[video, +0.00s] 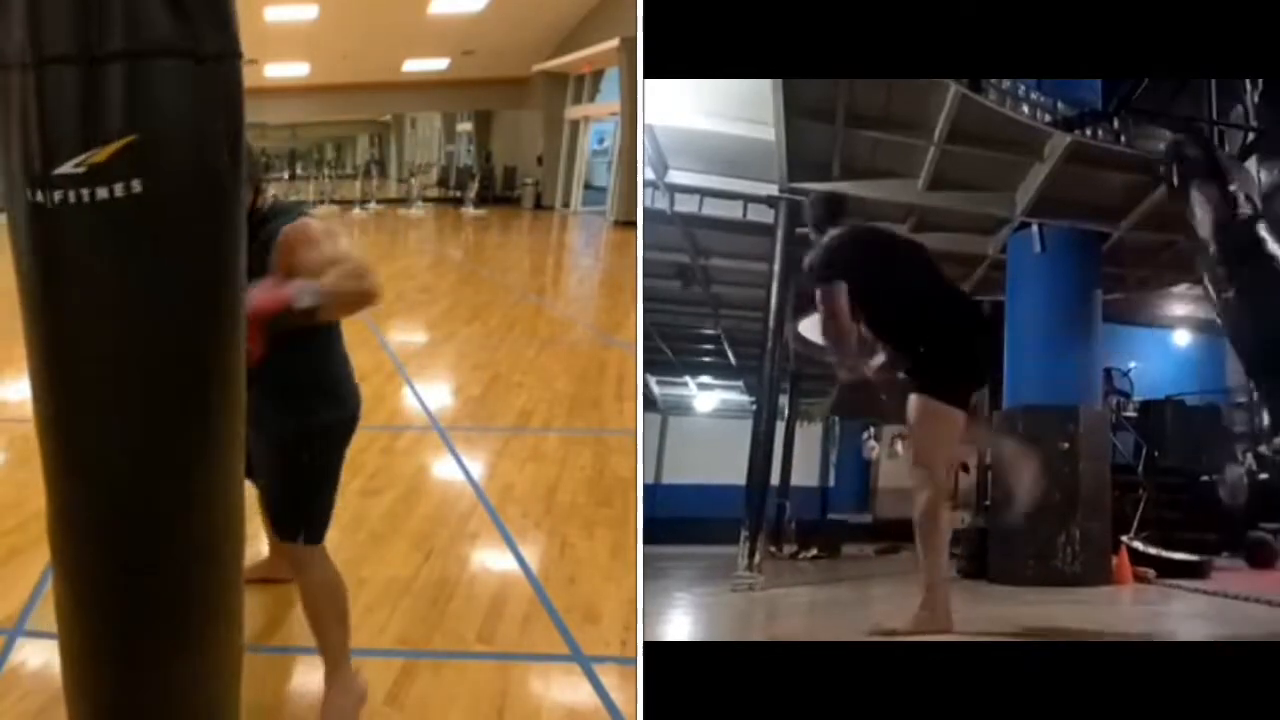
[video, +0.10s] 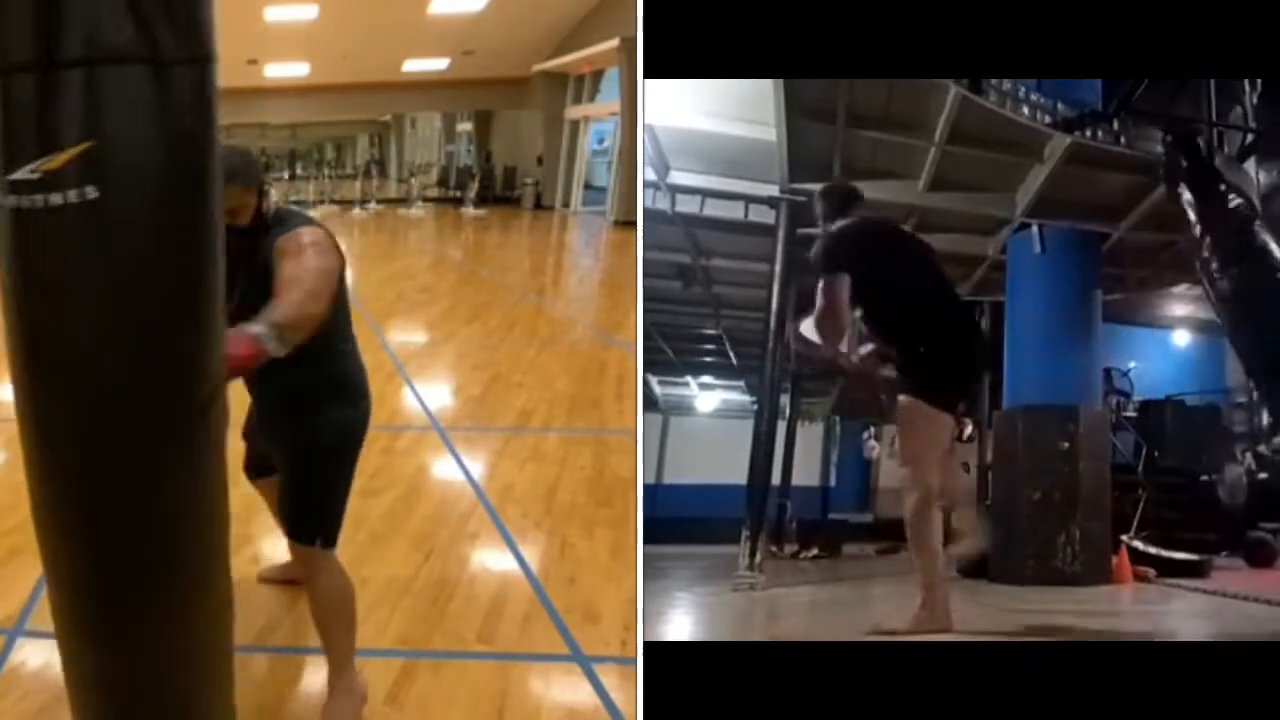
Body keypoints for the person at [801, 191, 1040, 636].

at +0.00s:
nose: (807, 240)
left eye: (807, 230)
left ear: (815, 227)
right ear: (845, 217)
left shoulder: (832, 252)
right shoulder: (882, 239)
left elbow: (837, 323)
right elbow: (910, 317)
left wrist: (849, 366)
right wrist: (871, 367)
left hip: (941, 345)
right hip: (969, 334)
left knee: (929, 479)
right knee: (935, 421)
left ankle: (935, 609)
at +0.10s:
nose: (818, 229)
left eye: (818, 221)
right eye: (820, 220)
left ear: (825, 216)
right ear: (856, 206)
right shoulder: (891, 233)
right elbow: (913, 310)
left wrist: (808, 324)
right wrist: (862, 355)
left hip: (929, 353)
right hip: (965, 345)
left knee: (920, 488)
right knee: (939, 449)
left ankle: (934, 609)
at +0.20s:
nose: (827, 221)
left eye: (828, 210)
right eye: (826, 212)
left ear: (842, 204)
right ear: (861, 200)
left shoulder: (870, 230)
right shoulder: (893, 236)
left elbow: (853, 295)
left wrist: (814, 310)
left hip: (912, 376)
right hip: (927, 373)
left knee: (901, 490)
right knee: (900, 490)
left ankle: (933, 607)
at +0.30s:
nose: (838, 224)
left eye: (842, 211)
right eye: (833, 216)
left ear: (867, 205)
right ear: (841, 219)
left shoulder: (899, 247)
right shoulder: (868, 260)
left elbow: (886, 292)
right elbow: (883, 329)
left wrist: (826, 304)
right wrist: (849, 355)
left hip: (905, 380)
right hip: (872, 380)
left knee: (901, 495)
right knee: (848, 484)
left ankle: (934, 607)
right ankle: (847, 589)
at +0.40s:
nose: (863, 218)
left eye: (869, 209)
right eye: (854, 211)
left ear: (886, 214)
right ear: (841, 221)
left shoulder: (909, 251)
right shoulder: (841, 270)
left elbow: (933, 300)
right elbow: (823, 330)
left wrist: (875, 305)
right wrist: (820, 333)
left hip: (905, 376)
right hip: (860, 379)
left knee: (906, 481)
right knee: (827, 484)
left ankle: (927, 604)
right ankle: (843, 591)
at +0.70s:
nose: (905, 233)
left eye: (909, 227)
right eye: (898, 223)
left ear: (907, 231)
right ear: (873, 222)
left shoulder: (902, 270)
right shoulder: (827, 260)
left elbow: (924, 331)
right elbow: (774, 301)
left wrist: (917, 316)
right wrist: (801, 322)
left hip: (887, 384)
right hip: (839, 383)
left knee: (900, 480)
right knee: (833, 482)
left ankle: (893, 569)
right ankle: (842, 588)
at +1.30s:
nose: (894, 261)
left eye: (900, 256)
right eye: (889, 253)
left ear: (902, 263)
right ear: (867, 253)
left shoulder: (894, 302)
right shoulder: (837, 287)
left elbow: (914, 354)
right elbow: (799, 324)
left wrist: (919, 330)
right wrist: (849, 314)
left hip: (870, 405)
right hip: (830, 399)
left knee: (852, 492)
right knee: (817, 486)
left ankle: (828, 575)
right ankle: (790, 573)